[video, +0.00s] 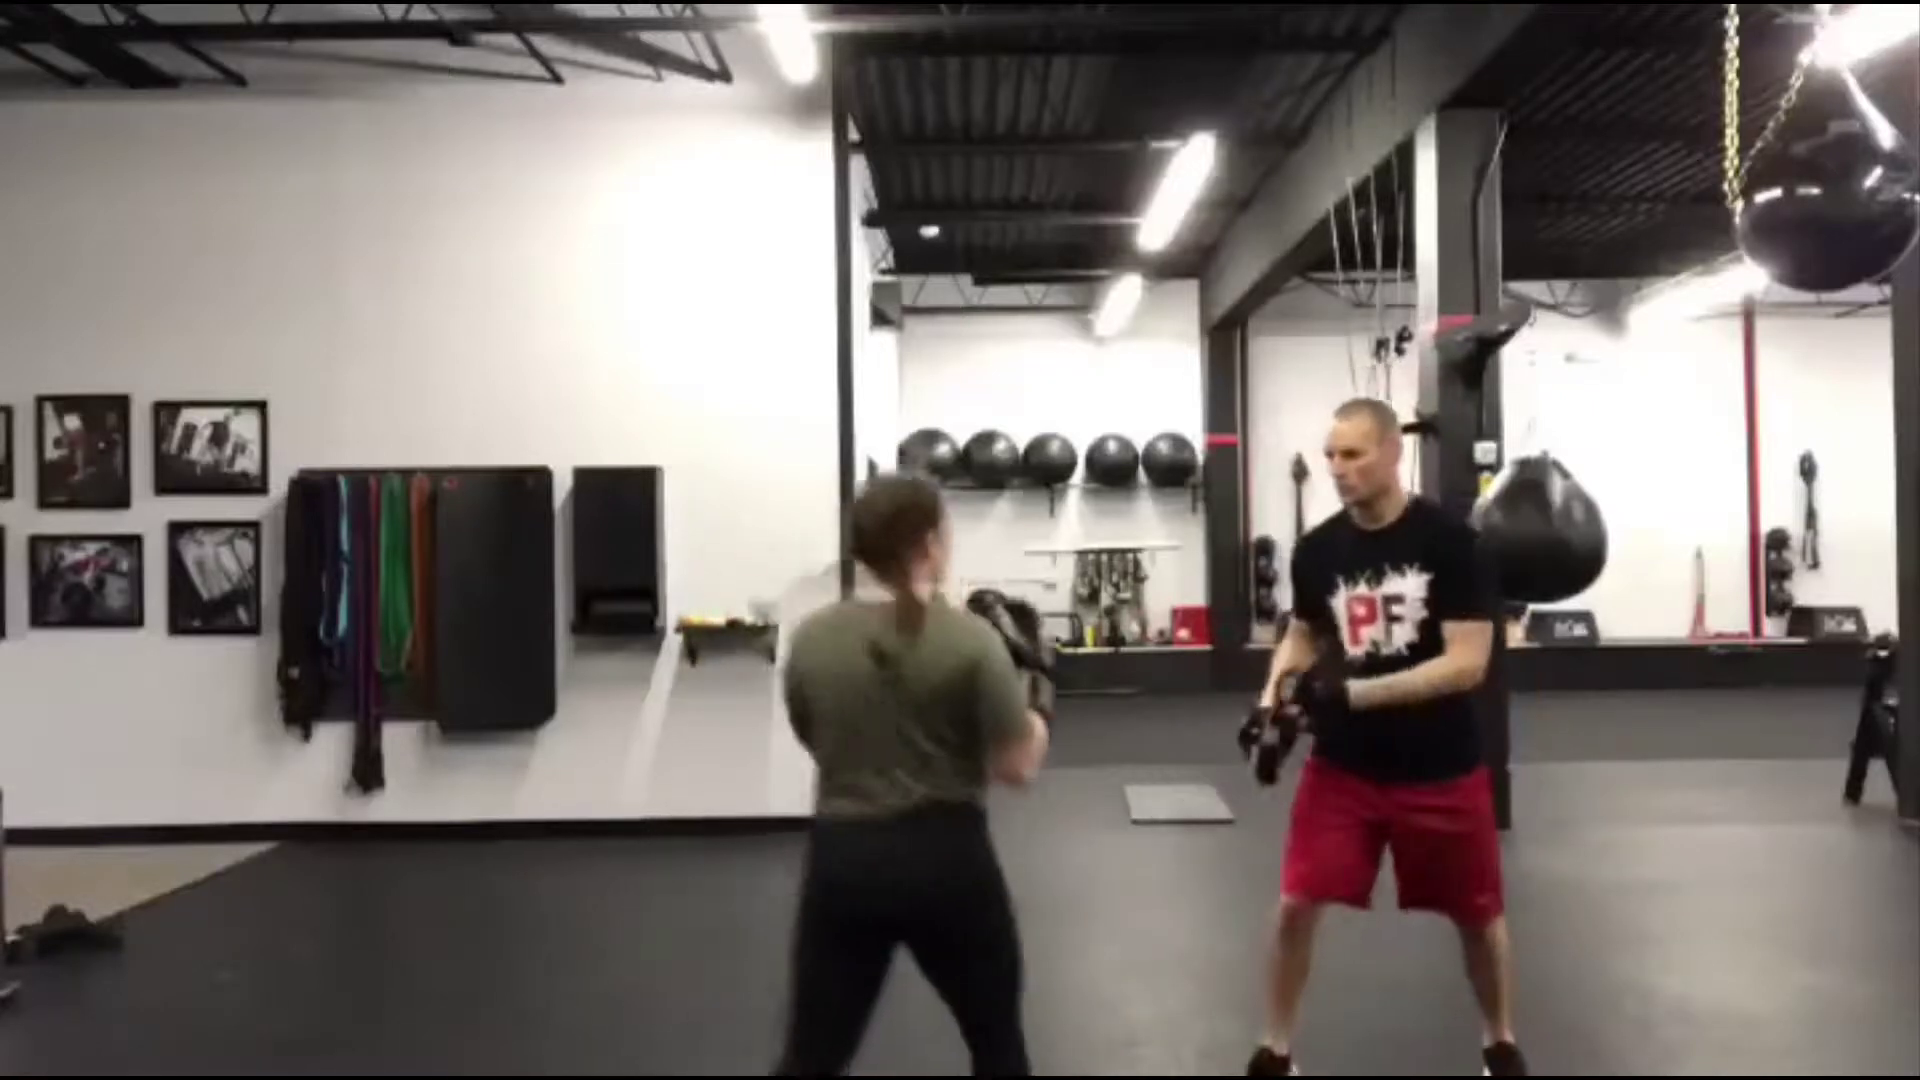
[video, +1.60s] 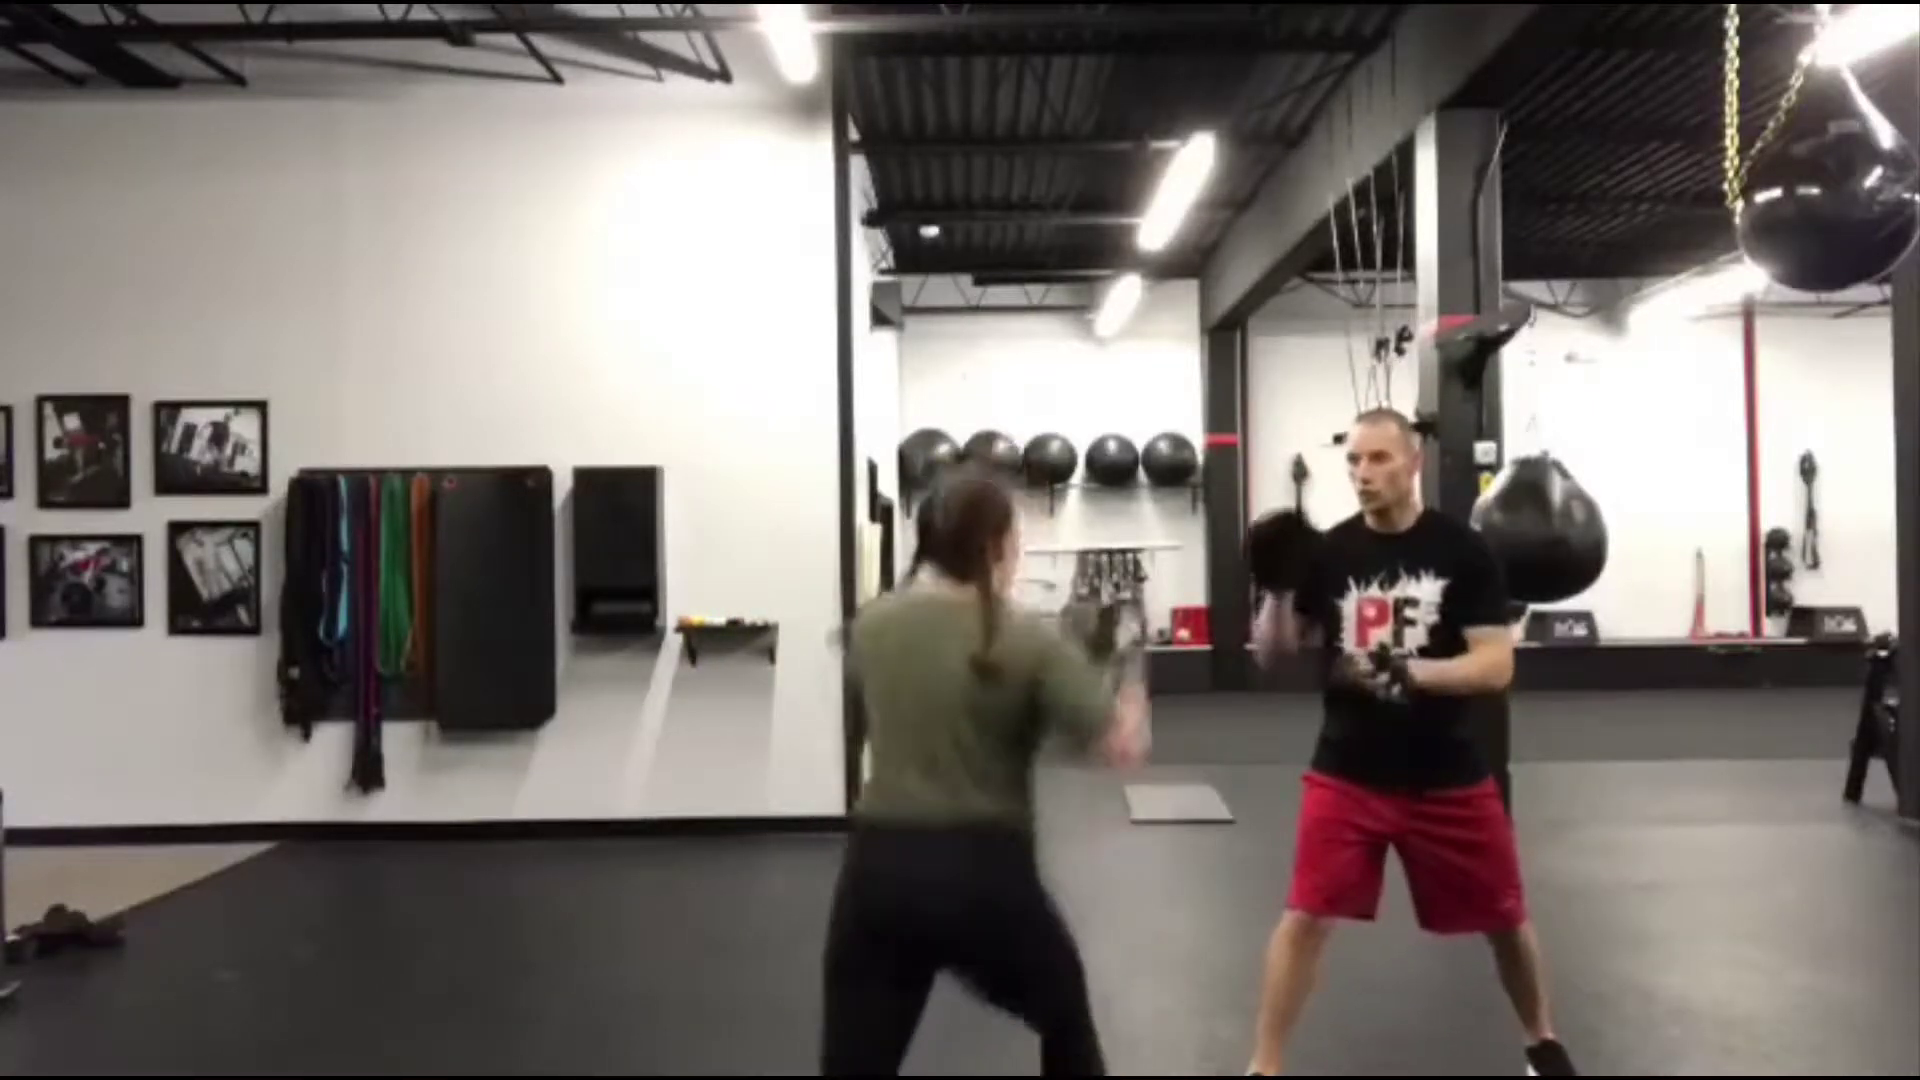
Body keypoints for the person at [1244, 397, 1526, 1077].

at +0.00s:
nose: (1339, 469)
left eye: (1352, 455)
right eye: (1332, 456)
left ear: (1393, 452)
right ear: (1328, 460)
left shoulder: (1451, 540)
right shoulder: (1317, 549)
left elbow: (1469, 661)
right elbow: (1303, 633)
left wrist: (1352, 691)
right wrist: (1274, 697)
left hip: (1443, 772)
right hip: (1343, 770)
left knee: (1481, 918)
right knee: (1296, 906)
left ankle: (1501, 1046)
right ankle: (1275, 1051)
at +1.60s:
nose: (1365, 473)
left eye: (1379, 458)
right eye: (1356, 461)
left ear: (1414, 460)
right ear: (1347, 468)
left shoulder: (1463, 550)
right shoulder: (1330, 551)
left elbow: (1496, 665)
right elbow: (1278, 655)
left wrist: (1409, 670)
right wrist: (1278, 588)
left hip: (1452, 779)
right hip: (1348, 775)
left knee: (1508, 921)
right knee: (1305, 915)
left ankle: (1543, 1044)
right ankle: (1265, 1064)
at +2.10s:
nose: (1294, 478)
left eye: (1307, 464)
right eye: (1285, 467)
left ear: (1345, 464)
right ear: (1278, 475)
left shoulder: (1408, 542)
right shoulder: (1267, 558)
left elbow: (1448, 650)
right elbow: (1227, 653)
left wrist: (1369, 645)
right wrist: (1218, 656)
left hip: (1416, 770)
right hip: (1314, 773)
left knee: (1476, 909)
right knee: (1287, 914)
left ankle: (1516, 1025)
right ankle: (1262, 1064)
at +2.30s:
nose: (1322, 503)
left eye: (1335, 489)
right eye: (1312, 491)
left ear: (1372, 485)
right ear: (1304, 494)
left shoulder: (1423, 556)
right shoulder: (1291, 571)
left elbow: (1441, 666)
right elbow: (1257, 662)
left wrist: (1349, 630)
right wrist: (1285, 739)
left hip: (1425, 779)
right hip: (1329, 777)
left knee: (1483, 922)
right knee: (1293, 914)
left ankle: (1508, 1022)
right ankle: (1261, 1065)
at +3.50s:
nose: (1335, 500)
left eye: (1349, 488)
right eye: (1331, 488)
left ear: (1389, 493)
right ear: (1327, 493)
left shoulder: (1439, 566)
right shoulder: (1310, 571)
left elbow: (1464, 680)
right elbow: (1253, 650)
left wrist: (1410, 615)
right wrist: (1258, 694)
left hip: (1429, 778)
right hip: (1327, 775)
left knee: (1491, 917)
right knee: (1284, 905)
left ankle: (1509, 1026)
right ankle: (1245, 1053)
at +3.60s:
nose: (1334, 496)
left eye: (1349, 484)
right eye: (1329, 485)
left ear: (1388, 489)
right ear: (1323, 493)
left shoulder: (1440, 564)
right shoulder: (1309, 570)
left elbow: (1465, 677)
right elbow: (1283, 657)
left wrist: (1407, 608)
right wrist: (1250, 604)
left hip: (1431, 778)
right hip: (1329, 772)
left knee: (1491, 919)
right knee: (1282, 904)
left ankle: (1510, 1026)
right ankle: (1245, 1052)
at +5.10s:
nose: (1295, 509)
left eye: (1307, 496)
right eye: (1284, 499)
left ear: (1331, 499)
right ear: (1271, 506)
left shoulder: (1379, 571)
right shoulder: (1260, 581)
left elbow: (1428, 682)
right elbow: (1239, 675)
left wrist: (1354, 698)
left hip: (1395, 778)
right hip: (1303, 782)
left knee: (1472, 912)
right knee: (1267, 919)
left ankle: (1515, 1023)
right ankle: (1233, 1045)